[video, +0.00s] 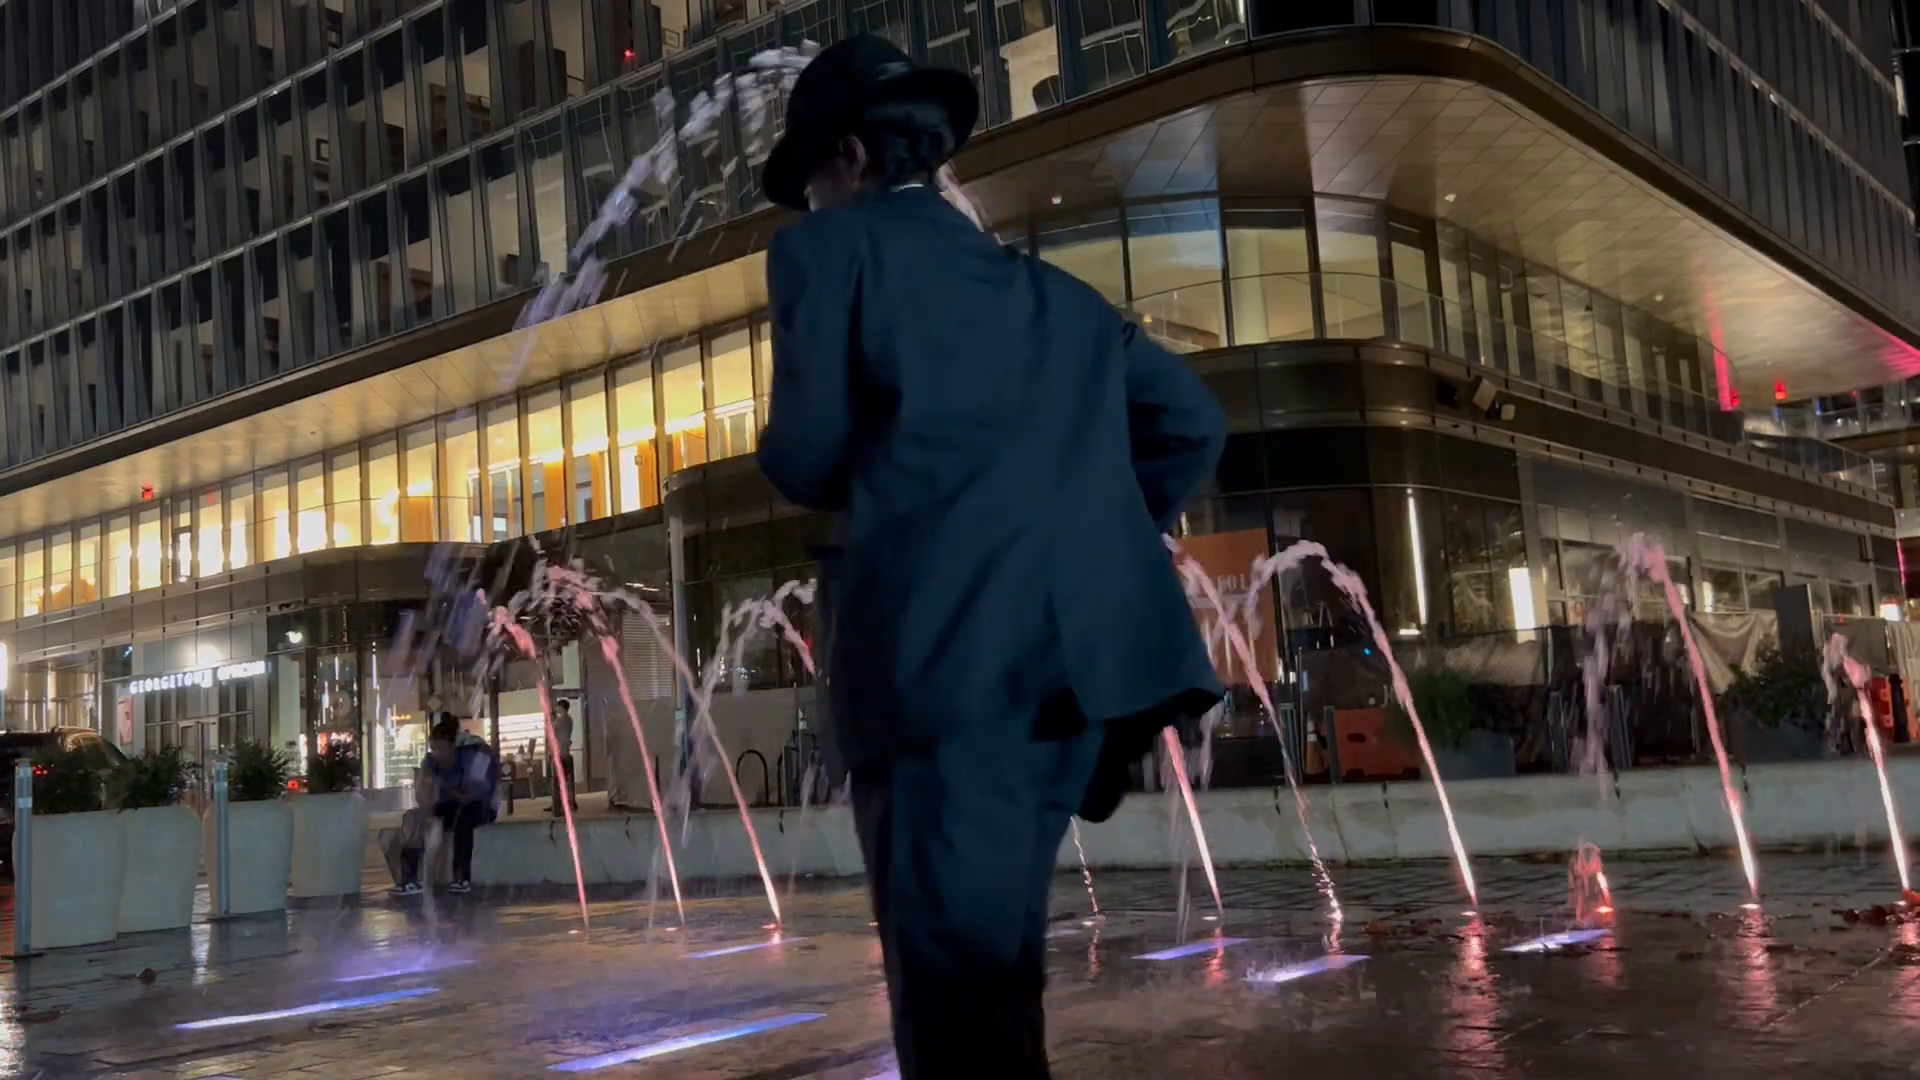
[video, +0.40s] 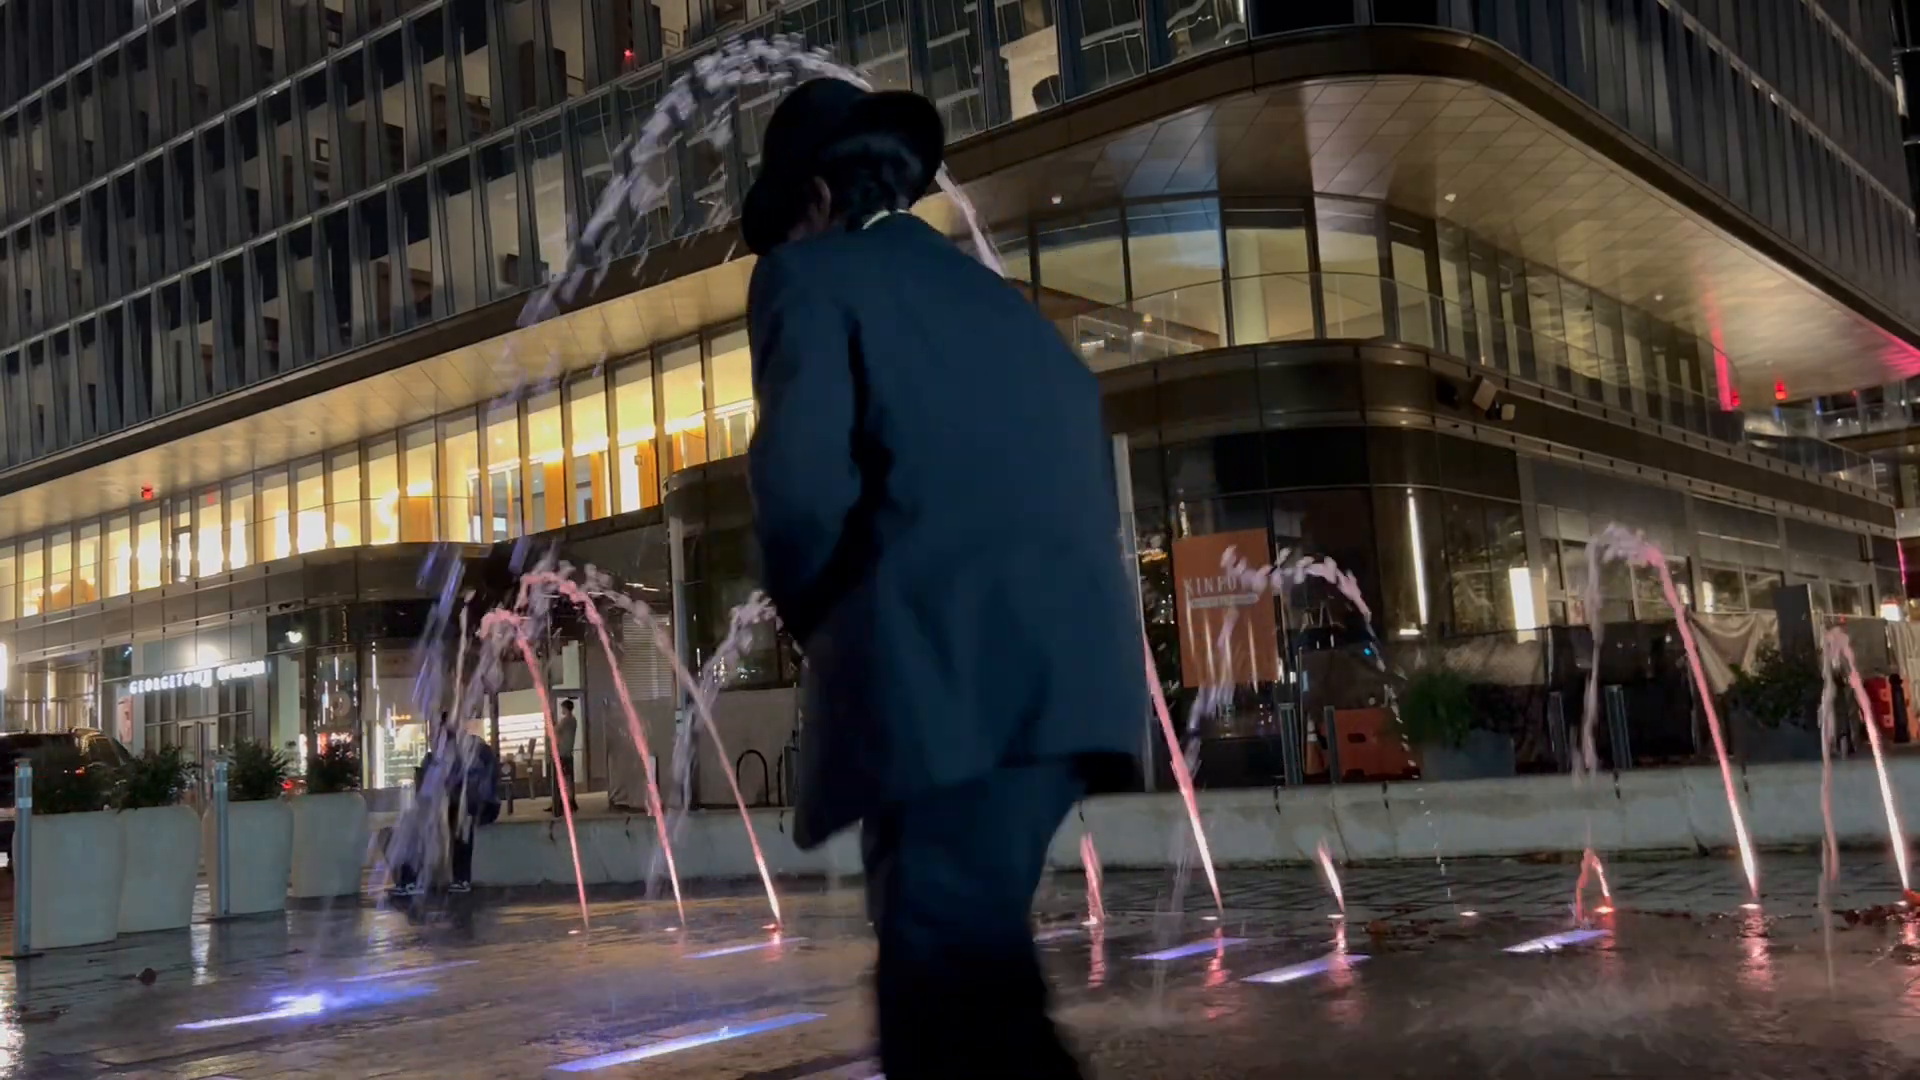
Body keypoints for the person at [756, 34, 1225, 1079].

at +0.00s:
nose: (808, 207)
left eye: (810, 182)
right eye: (805, 186)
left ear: (851, 157)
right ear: (926, 161)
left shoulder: (830, 242)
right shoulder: (1048, 285)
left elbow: (804, 455)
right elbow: (1191, 423)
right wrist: (1107, 532)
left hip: (947, 635)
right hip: (1092, 633)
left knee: (946, 981)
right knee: (1003, 965)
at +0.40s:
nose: (781, 250)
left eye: (781, 226)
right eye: (775, 232)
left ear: (818, 198)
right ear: (898, 192)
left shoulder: (813, 269)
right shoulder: (994, 296)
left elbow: (800, 483)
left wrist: (809, 614)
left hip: (946, 671)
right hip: (1071, 668)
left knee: (936, 996)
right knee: (986, 975)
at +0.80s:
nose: (747, 354)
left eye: (740, 323)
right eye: (739, 334)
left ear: (756, 290)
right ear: (838, 276)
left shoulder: (830, 336)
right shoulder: (895, 351)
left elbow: (839, 519)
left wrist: (652, 649)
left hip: (1017, 701)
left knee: (880, 976)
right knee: (1014, 972)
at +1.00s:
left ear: (837, 294)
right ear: (953, 265)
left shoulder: (792, 406)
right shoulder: (1039, 327)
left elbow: (816, 606)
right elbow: (1170, 463)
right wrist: (1166, 627)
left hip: (929, 731)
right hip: (1093, 704)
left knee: (854, 1009)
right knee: (1035, 974)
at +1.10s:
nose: (1060, 248)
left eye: (1056, 230)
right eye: (1047, 229)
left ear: (933, 240)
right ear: (1002, 231)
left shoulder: (871, 369)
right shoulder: (1036, 299)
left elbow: (846, 523)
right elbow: (1067, 434)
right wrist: (1216, 564)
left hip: (880, 702)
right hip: (1041, 686)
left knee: (900, 994)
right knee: (1093, 989)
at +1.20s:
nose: (1094, 242)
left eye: (1097, 221)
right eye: (1078, 216)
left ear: (1009, 212)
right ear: (1002, 211)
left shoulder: (962, 312)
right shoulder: (996, 297)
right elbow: (985, 451)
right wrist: (1194, 505)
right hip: (994, 723)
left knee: (993, 988)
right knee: (1145, 984)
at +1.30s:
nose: (1094, 212)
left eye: (1096, 189)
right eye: (1073, 184)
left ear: (1009, 191)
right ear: (989, 184)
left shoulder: (1025, 326)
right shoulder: (919, 279)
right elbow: (835, 436)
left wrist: (1081, 558)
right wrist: (1037, 480)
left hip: (998, 680)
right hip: (942, 687)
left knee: (1074, 926)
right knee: (1087, 923)